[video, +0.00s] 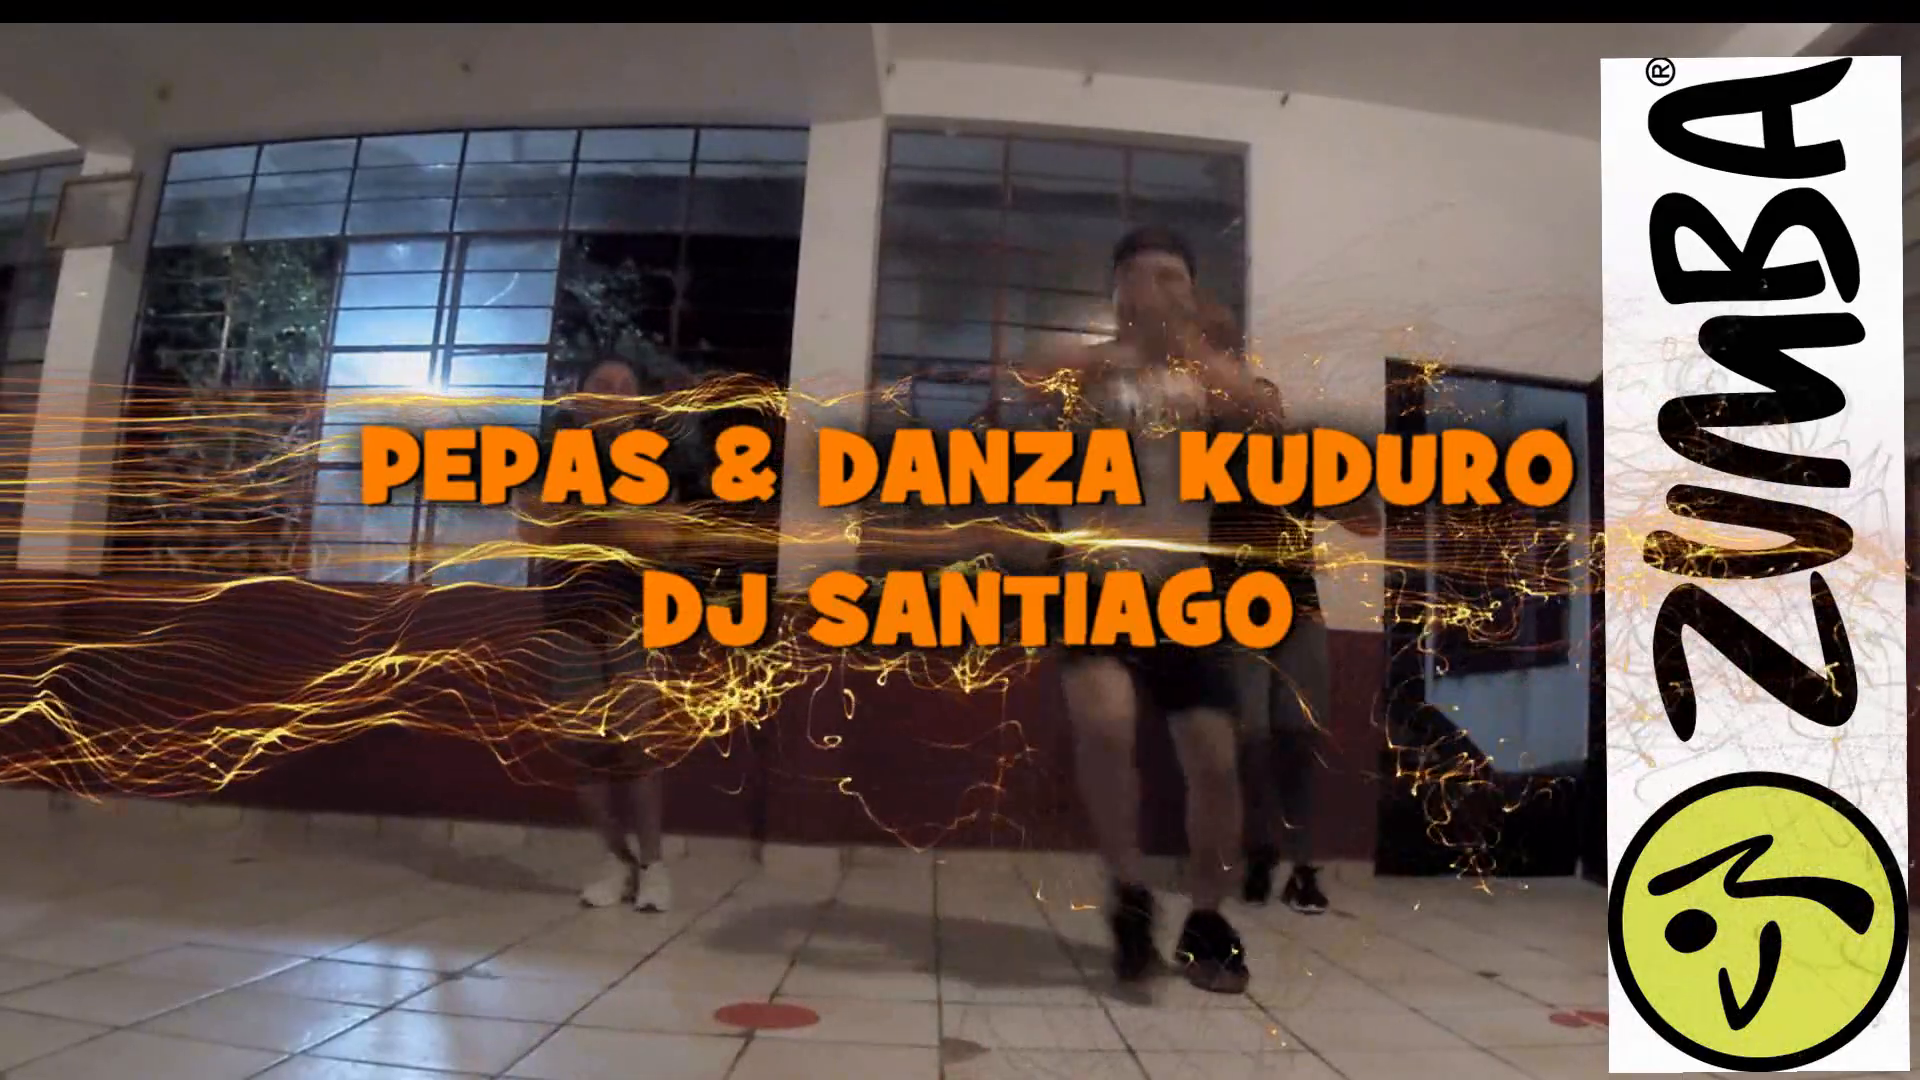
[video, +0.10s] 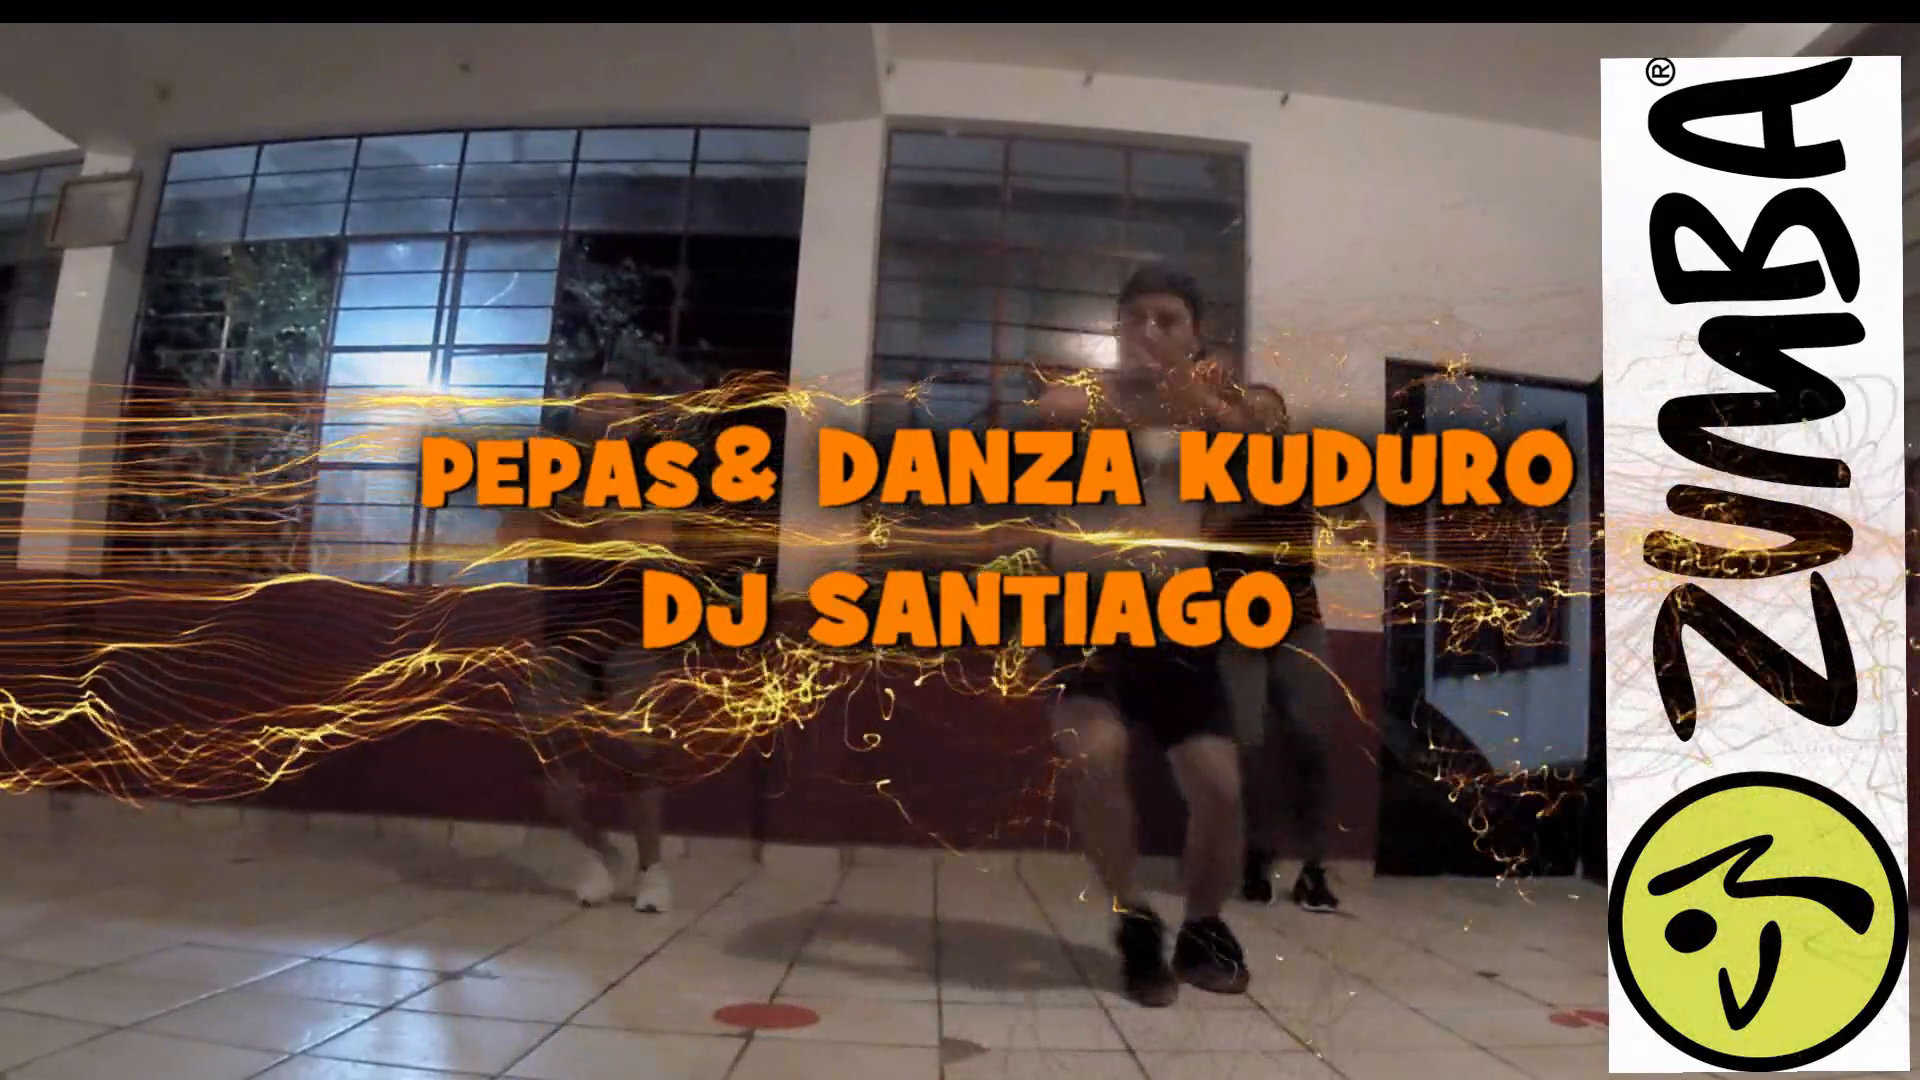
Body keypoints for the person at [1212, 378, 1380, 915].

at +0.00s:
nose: (1259, 408)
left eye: (1265, 399)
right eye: (1248, 398)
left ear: (1274, 404)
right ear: (1222, 393)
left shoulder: (1294, 456)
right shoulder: (1206, 452)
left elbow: (1366, 519)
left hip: (1295, 596)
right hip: (1231, 597)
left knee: (1300, 735)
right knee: (1249, 736)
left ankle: (1302, 864)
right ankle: (1258, 854)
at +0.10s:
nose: (1254, 420)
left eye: (1262, 413)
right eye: (1246, 413)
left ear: (1276, 416)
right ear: (1225, 414)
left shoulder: (1296, 465)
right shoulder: (1214, 462)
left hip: (1295, 597)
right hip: (1234, 599)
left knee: (1307, 732)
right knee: (1246, 739)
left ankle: (1314, 866)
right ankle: (1254, 861)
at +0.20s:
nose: (1257, 443)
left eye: (1266, 435)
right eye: (1251, 434)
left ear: (1281, 441)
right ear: (1235, 440)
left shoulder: (1299, 498)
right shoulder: (1212, 495)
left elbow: (1339, 545)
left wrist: (1372, 572)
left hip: (1295, 635)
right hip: (1226, 635)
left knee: (1318, 751)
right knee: (1204, 752)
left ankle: (1313, 868)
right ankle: (1203, 868)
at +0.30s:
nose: (1251, 449)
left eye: (1261, 439)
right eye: (1242, 437)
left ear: (1276, 445)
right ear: (1224, 441)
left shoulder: (1291, 505)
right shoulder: (1198, 499)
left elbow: (1357, 560)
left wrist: (1425, 603)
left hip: (1280, 639)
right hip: (1207, 637)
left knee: (1307, 751)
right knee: (1153, 730)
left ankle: (1311, 871)